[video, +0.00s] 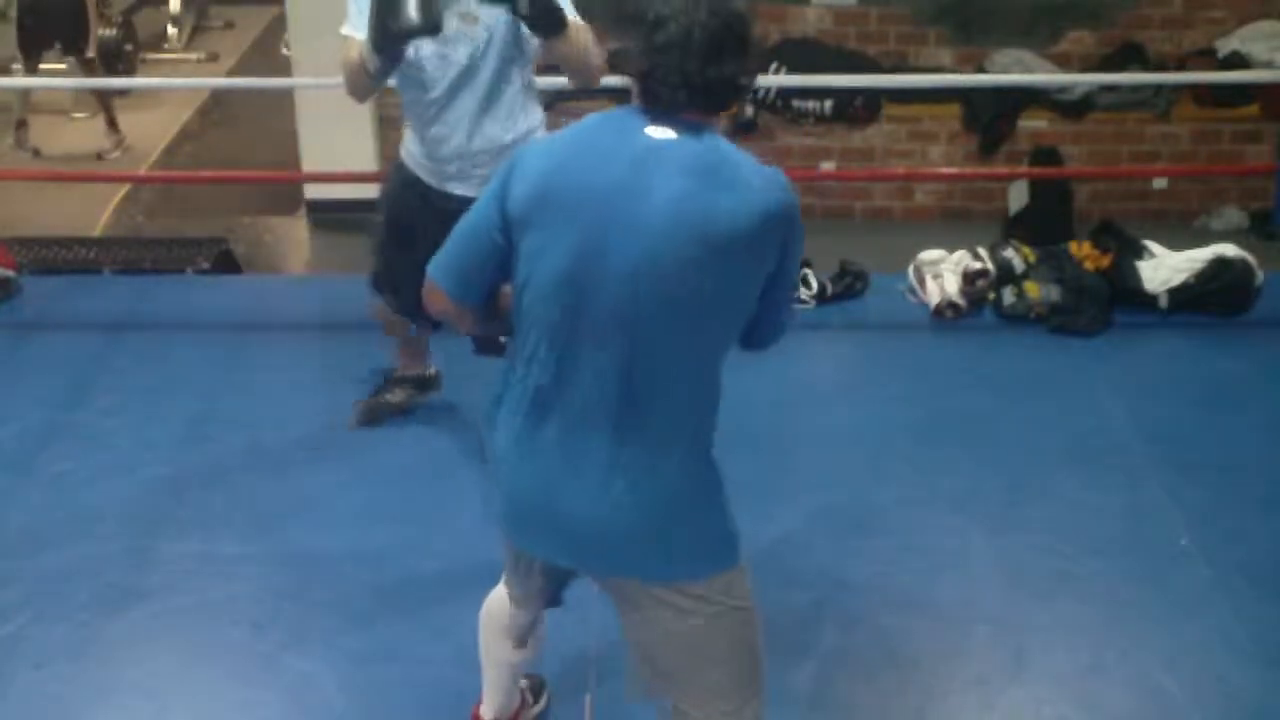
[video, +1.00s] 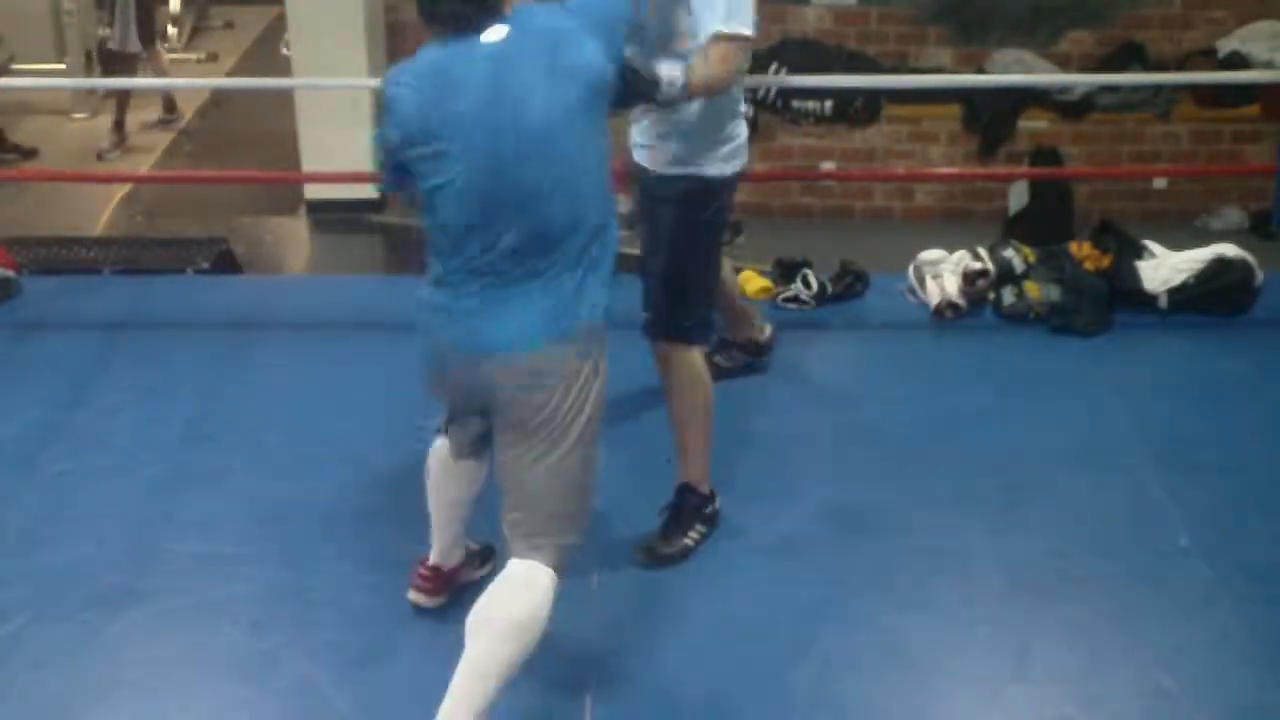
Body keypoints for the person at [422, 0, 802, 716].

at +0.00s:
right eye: (747, 70)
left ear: (635, 67)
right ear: (738, 85)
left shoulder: (543, 159)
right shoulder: (762, 196)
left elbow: (444, 294)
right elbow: (759, 329)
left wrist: (504, 323)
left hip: (531, 478)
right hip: (659, 511)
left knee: (520, 597)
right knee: (726, 705)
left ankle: (497, 705)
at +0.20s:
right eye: (771, 78)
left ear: (660, 69)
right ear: (761, 91)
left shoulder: (556, 160)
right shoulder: (781, 209)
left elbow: (457, 295)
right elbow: (784, 338)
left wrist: (547, 337)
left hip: (539, 490)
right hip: (671, 522)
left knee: (534, 595)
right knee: (707, 706)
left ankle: (496, 704)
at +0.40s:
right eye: (732, 68)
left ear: (622, 60)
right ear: (719, 77)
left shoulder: (536, 148)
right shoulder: (737, 186)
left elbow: (421, 189)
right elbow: (773, 313)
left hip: (527, 480)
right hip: (653, 519)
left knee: (533, 543)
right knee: (693, 703)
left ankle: (493, 660)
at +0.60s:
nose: (664, 60)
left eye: (664, 46)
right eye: (663, 47)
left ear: (561, 24)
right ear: (648, 52)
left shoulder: (493, 80)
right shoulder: (643, 140)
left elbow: (507, 42)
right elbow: (687, 276)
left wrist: (551, 9)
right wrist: (682, 202)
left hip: (452, 387)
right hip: (549, 425)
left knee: (515, 512)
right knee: (648, 635)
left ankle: (498, 643)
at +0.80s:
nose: (591, 58)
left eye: (592, 45)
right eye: (588, 45)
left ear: (505, 32)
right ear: (560, 48)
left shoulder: (471, 90)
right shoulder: (559, 137)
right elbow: (654, 241)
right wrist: (650, 149)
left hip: (441, 356)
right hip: (521, 398)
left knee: (482, 440)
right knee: (571, 597)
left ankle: (437, 569)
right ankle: (500, 715)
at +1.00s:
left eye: (415, 18)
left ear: (421, 16)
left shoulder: (408, 87)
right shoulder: (565, 38)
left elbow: (400, 185)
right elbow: (641, 10)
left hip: (456, 330)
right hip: (553, 338)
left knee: (462, 428)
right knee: (536, 548)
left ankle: (442, 562)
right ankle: (456, 713)